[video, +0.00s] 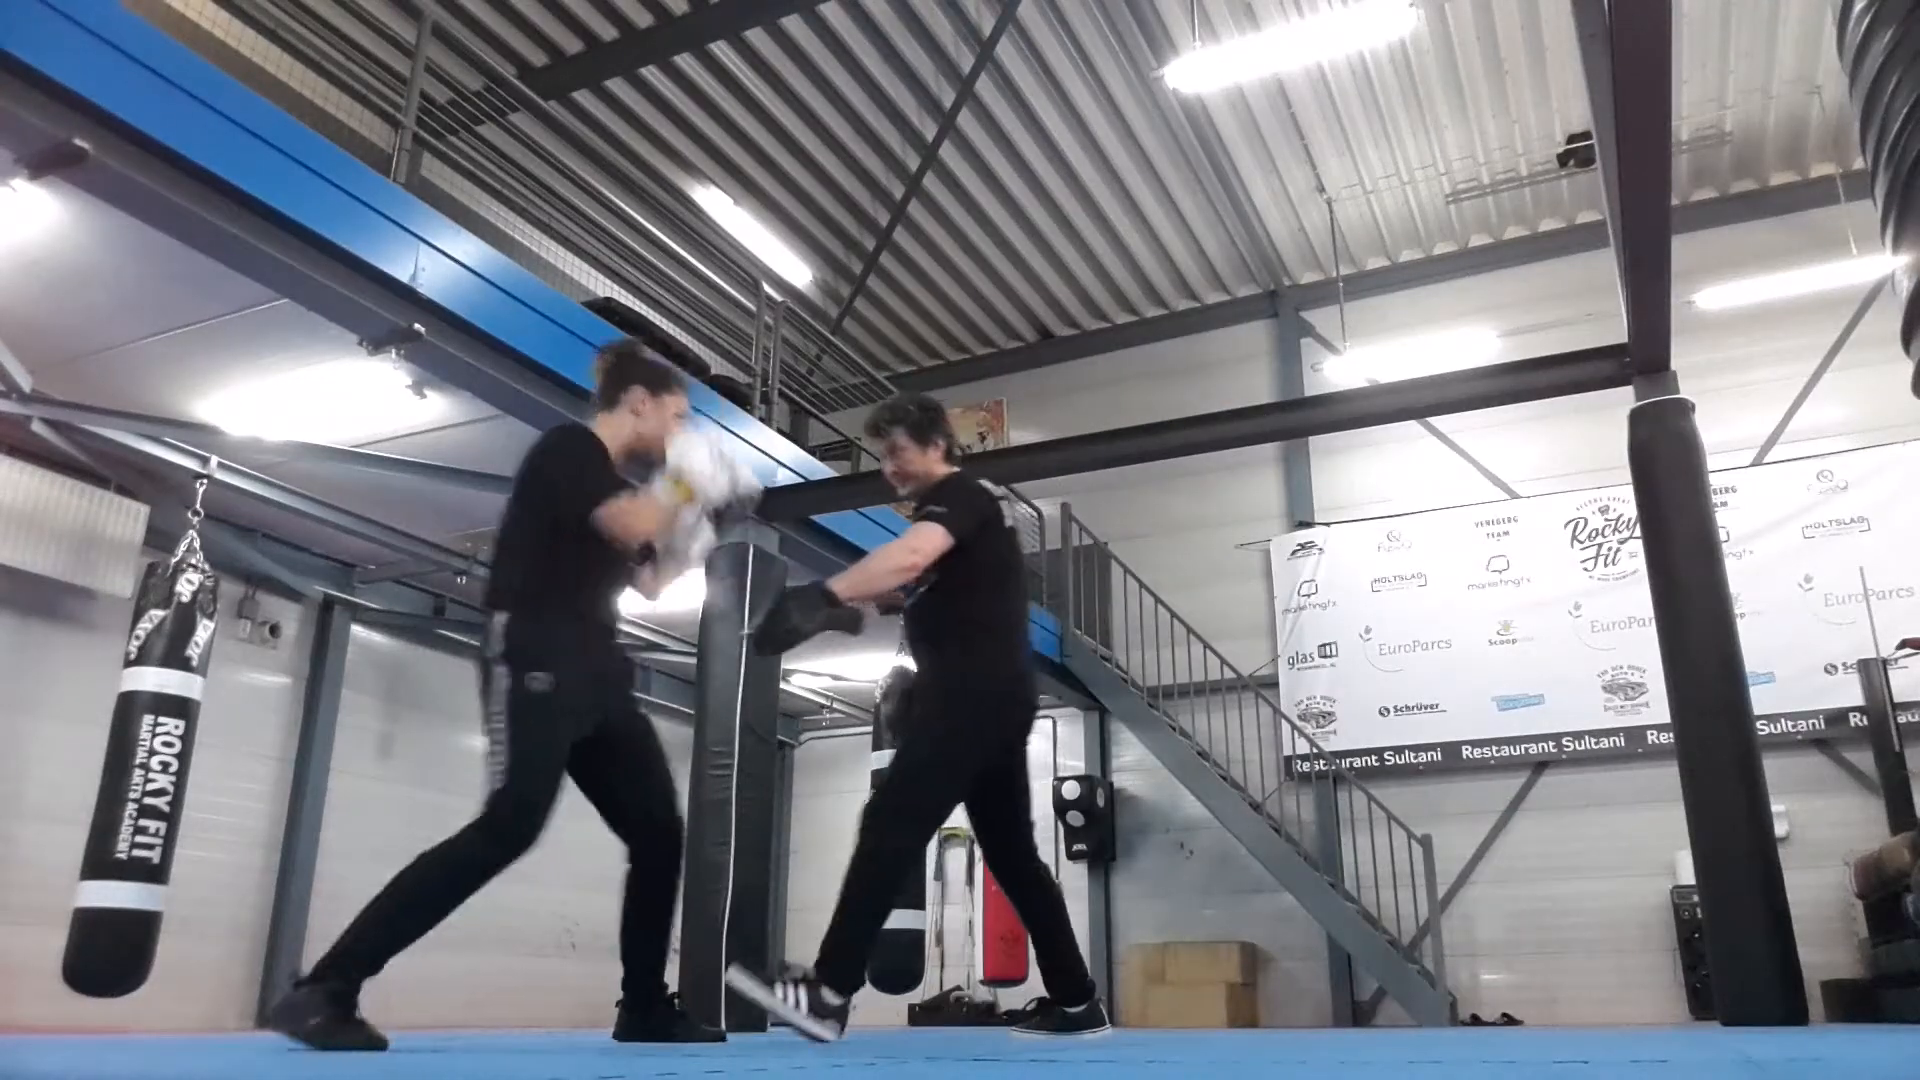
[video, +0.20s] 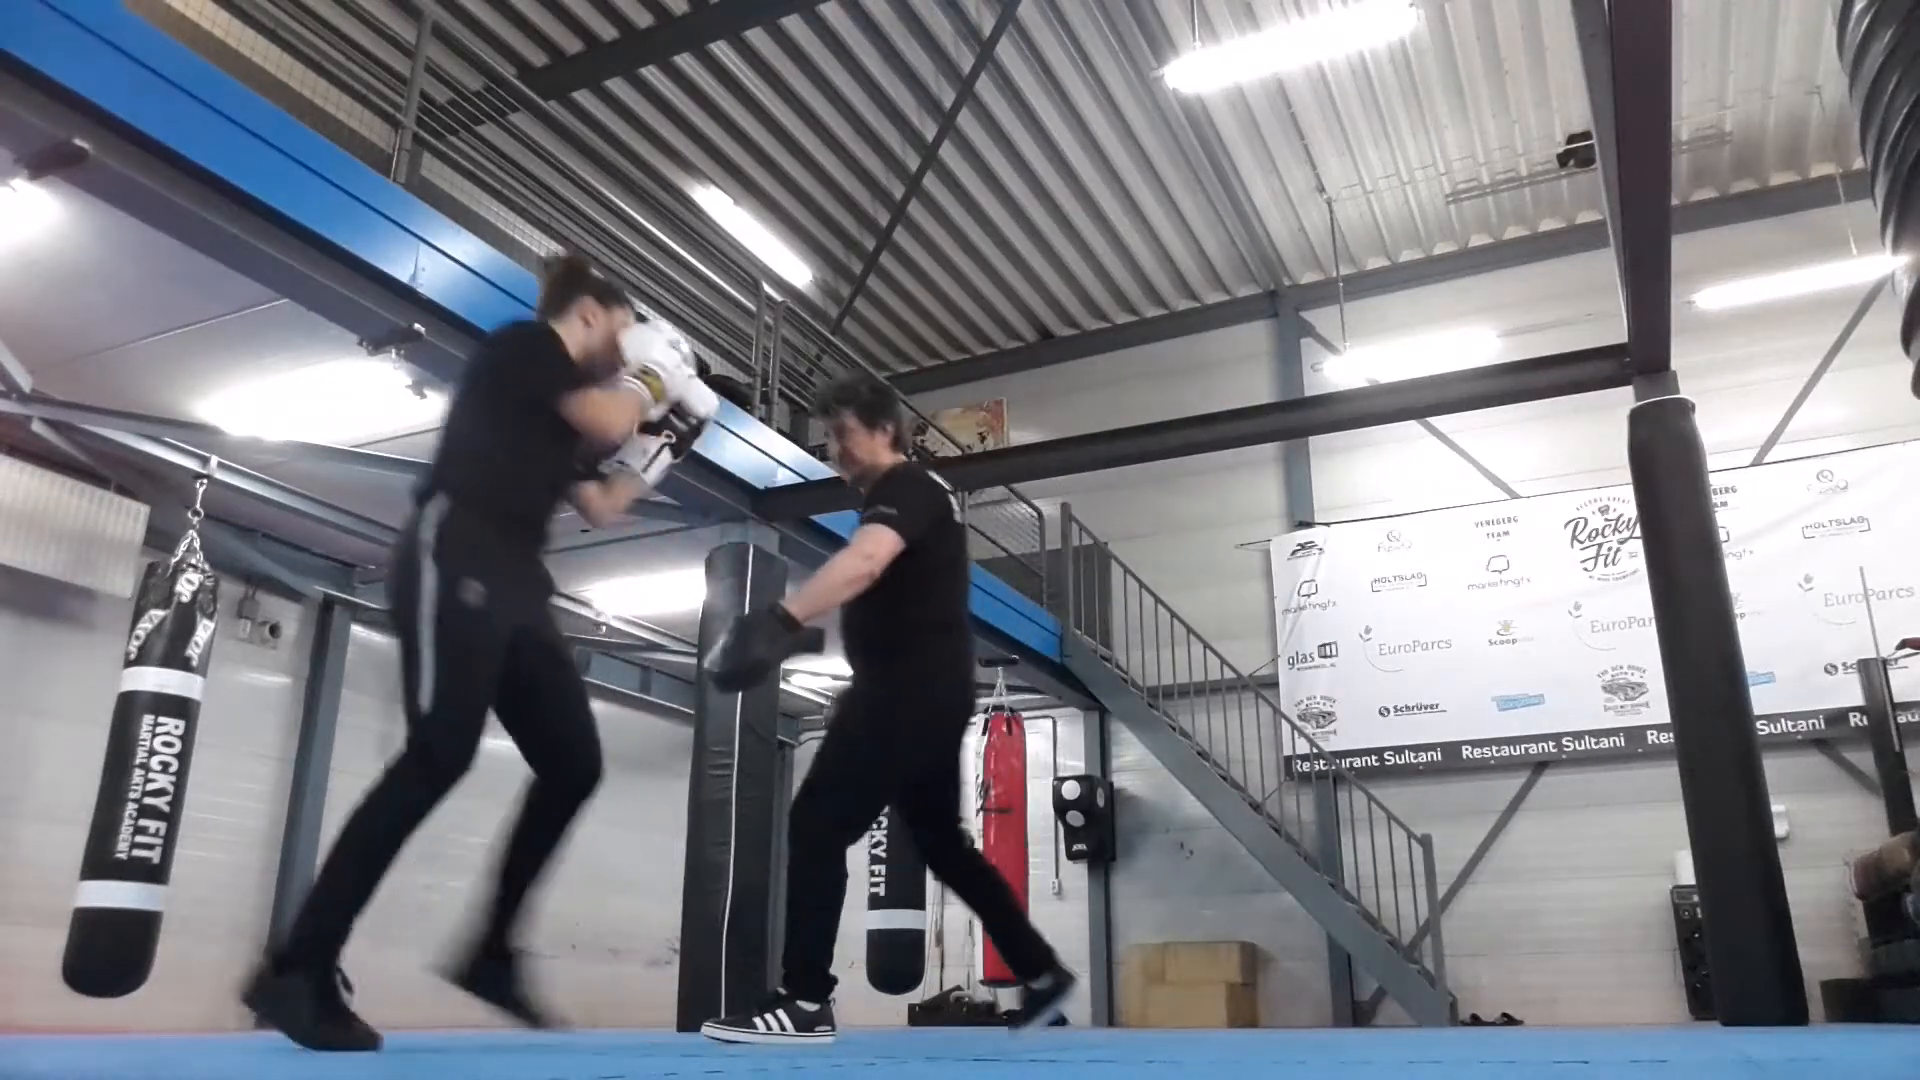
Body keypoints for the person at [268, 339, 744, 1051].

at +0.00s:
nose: (678, 431)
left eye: (682, 419)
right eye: (676, 415)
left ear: (635, 408)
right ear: (637, 401)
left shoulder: (612, 479)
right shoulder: (571, 447)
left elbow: (650, 583)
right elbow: (627, 524)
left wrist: (680, 521)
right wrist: (679, 484)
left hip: (589, 663)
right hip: (534, 655)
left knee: (658, 834)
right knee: (508, 827)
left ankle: (646, 1007)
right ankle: (325, 989)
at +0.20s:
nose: (624, 348)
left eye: (626, 337)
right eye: (621, 333)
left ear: (583, 322)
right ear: (586, 313)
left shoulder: (556, 397)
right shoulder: (524, 346)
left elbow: (603, 503)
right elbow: (602, 418)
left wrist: (668, 441)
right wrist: (646, 385)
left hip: (508, 575)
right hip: (451, 556)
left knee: (571, 762)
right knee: (441, 750)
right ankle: (298, 969)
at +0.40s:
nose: (568, 341)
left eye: (571, 326)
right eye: (565, 321)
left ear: (520, 307)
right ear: (521, 304)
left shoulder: (491, 392)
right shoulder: (450, 344)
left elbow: (481, 528)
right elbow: (494, 442)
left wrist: (586, 506)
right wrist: (567, 414)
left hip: (433, 604)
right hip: (387, 581)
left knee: (468, 812)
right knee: (320, 759)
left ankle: (357, 1002)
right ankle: (88, 946)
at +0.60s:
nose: (516, 319)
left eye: (519, 303)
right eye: (513, 298)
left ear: (467, 284)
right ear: (472, 277)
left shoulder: (426, 362)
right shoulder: (379, 298)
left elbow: (370, 482)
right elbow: (394, 395)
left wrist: (462, 498)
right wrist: (491, 385)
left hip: (350, 584)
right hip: (285, 557)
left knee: (390, 779)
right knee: (208, 750)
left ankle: (361, 985)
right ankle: (16, 970)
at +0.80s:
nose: (477, 241)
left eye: (482, 228)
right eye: (474, 218)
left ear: (432, 214)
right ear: (432, 190)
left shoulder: (397, 294)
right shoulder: (360, 198)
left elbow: (359, 434)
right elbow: (383, 278)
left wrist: (468, 411)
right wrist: (480, 287)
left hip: (296, 486)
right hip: (239, 441)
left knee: (346, 727)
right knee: (187, 681)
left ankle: (243, 959)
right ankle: (4, 935)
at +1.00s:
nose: (426, 267)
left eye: (434, 253)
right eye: (428, 244)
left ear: (383, 220)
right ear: (393, 213)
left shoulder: (327, 310)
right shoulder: (311, 228)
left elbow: (336, 451)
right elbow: (318, 334)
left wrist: (428, 423)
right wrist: (443, 332)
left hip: (230, 513)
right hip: (183, 482)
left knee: (268, 743)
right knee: (146, 716)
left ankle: (196, 991)